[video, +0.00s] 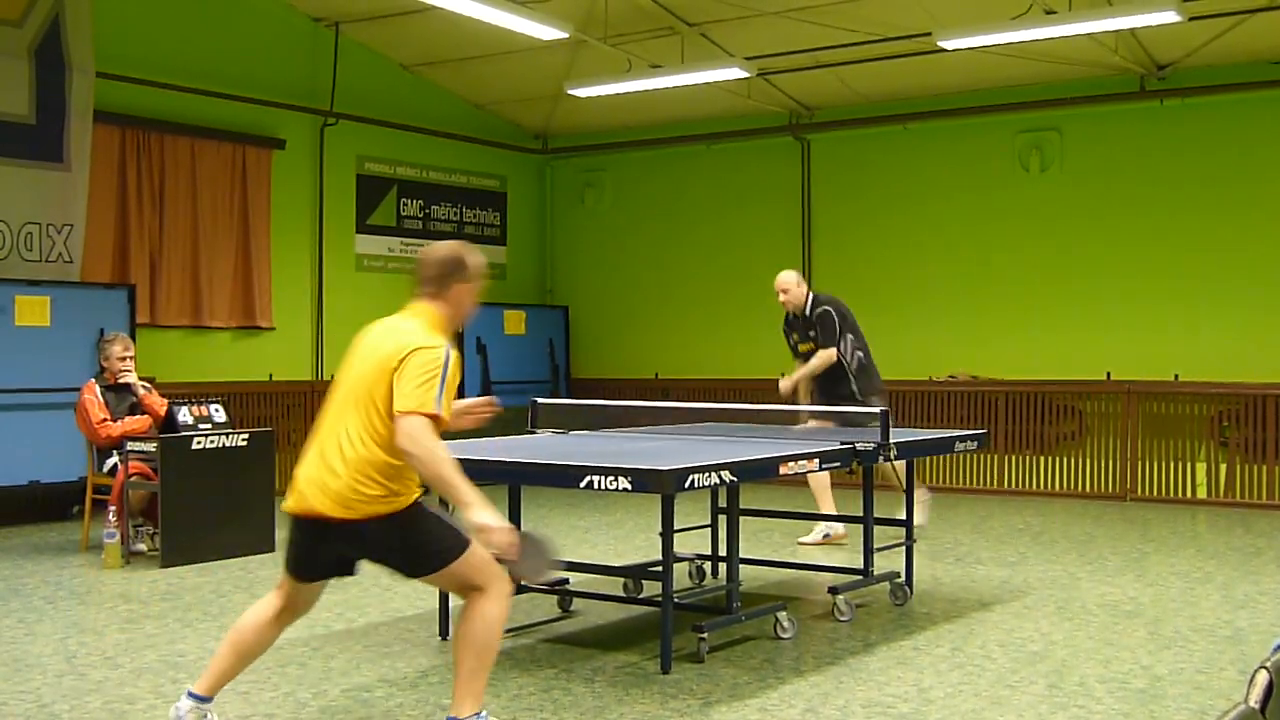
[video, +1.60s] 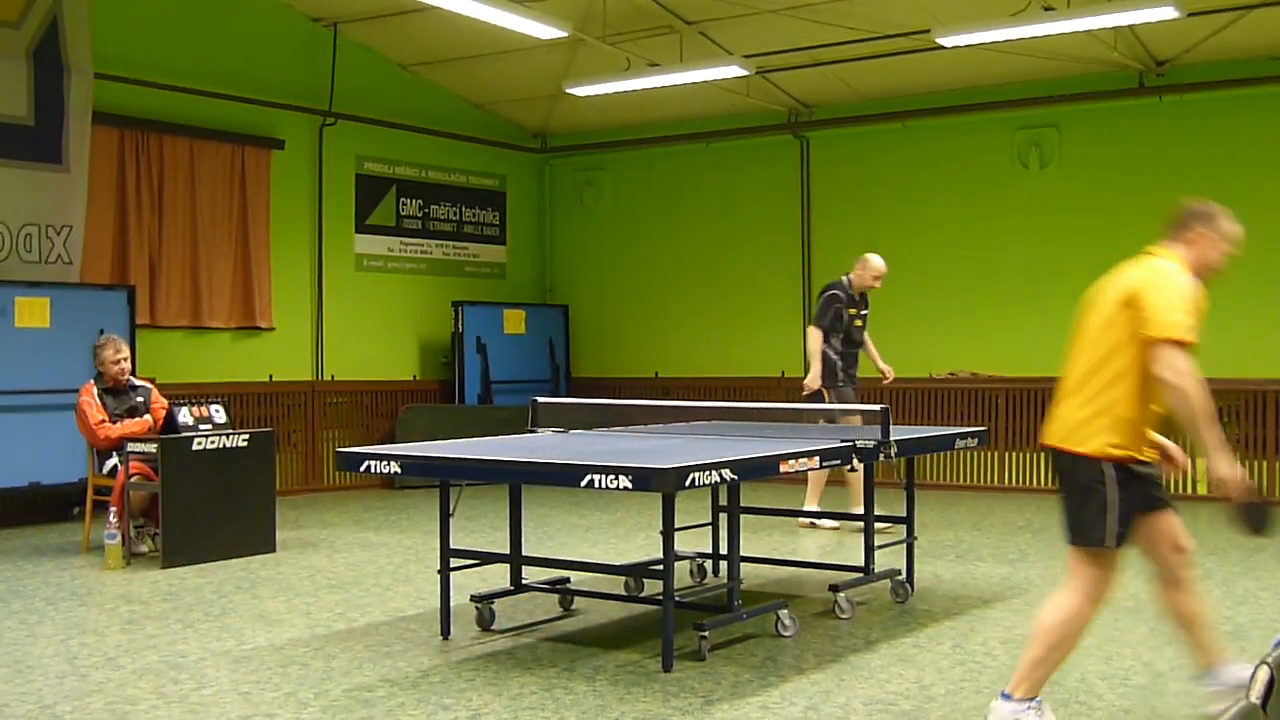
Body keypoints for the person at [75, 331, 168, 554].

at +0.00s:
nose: (128, 364)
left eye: (131, 359)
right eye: (121, 359)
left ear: (135, 360)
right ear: (104, 362)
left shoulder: (142, 388)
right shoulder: (90, 392)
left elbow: (169, 418)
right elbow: (102, 434)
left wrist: (139, 391)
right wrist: (146, 422)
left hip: (150, 453)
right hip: (115, 455)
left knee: (174, 478)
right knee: (140, 481)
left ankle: (154, 526)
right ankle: (134, 525)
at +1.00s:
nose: (126, 364)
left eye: (129, 358)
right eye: (119, 359)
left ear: (134, 359)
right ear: (103, 363)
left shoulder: (144, 387)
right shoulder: (90, 393)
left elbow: (168, 421)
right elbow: (104, 433)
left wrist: (157, 406)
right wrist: (148, 420)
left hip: (151, 451)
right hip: (116, 454)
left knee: (173, 475)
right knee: (141, 480)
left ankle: (156, 526)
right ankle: (135, 524)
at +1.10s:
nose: (126, 364)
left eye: (128, 358)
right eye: (119, 360)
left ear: (133, 359)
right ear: (102, 363)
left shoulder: (145, 388)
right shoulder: (90, 393)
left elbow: (167, 420)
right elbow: (104, 433)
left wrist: (166, 413)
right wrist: (149, 420)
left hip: (153, 452)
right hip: (117, 454)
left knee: (175, 476)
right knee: (141, 481)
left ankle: (155, 526)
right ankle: (135, 524)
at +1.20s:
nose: (125, 364)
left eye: (127, 358)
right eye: (118, 360)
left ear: (132, 359)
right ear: (102, 364)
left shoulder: (145, 388)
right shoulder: (90, 393)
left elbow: (165, 416)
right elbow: (103, 434)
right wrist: (147, 421)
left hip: (152, 452)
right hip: (116, 455)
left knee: (175, 476)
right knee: (140, 481)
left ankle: (153, 526)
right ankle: (135, 525)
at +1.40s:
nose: (124, 365)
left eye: (127, 359)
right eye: (117, 361)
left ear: (132, 360)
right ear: (101, 365)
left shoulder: (145, 388)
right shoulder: (89, 393)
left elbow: (165, 418)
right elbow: (102, 434)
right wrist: (146, 422)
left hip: (152, 452)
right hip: (116, 456)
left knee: (174, 476)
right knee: (139, 482)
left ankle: (155, 527)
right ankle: (135, 524)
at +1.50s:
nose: (124, 365)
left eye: (127, 359)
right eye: (117, 361)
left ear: (132, 359)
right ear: (101, 365)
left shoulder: (146, 388)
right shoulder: (89, 392)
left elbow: (166, 420)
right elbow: (102, 434)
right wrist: (146, 421)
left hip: (153, 452)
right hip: (116, 455)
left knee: (175, 475)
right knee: (140, 481)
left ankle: (153, 526)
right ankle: (135, 524)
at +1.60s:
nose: (124, 367)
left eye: (126, 360)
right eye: (116, 362)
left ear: (131, 360)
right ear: (101, 367)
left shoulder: (146, 388)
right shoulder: (89, 394)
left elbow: (167, 421)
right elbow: (102, 436)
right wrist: (145, 423)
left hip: (152, 453)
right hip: (116, 456)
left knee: (175, 476)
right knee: (140, 482)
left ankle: (152, 527)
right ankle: (134, 526)